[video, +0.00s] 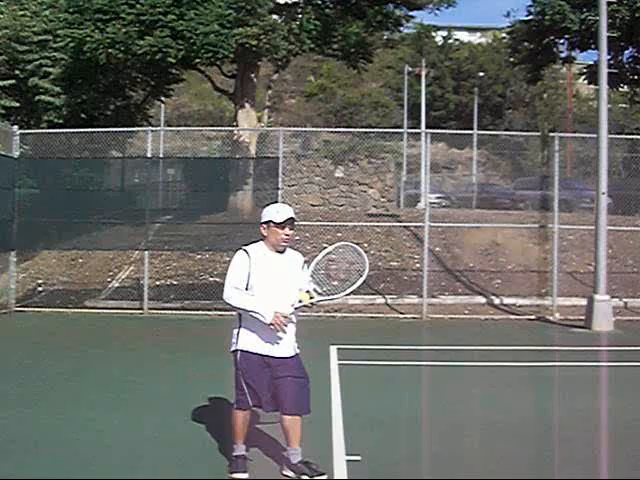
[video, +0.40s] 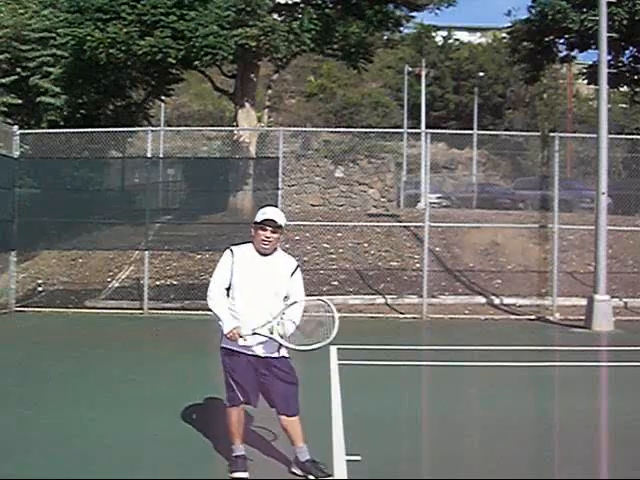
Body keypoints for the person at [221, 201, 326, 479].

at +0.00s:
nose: (289, 232)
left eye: (291, 226)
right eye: (282, 226)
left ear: (294, 229)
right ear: (265, 229)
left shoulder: (296, 259)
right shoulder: (246, 256)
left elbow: (305, 291)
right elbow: (230, 294)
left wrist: (306, 296)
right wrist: (266, 313)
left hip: (285, 346)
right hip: (251, 345)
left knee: (293, 400)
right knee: (245, 402)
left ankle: (294, 460)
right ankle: (239, 455)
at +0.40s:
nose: (267, 235)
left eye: (274, 230)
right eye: (262, 229)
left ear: (281, 235)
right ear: (253, 230)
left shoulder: (289, 266)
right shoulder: (234, 256)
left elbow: (296, 305)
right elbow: (214, 293)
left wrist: (280, 329)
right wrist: (228, 323)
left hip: (273, 348)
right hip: (237, 346)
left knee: (288, 400)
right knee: (237, 400)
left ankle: (303, 458)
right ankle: (238, 455)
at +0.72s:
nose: (273, 235)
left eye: (281, 231)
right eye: (269, 228)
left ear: (290, 237)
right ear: (261, 229)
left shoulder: (294, 273)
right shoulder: (240, 254)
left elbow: (292, 320)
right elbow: (214, 286)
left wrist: (284, 361)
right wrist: (192, 315)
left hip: (275, 352)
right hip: (239, 346)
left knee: (292, 407)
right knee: (239, 400)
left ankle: (303, 458)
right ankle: (239, 454)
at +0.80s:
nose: (276, 233)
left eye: (284, 230)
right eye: (273, 227)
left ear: (293, 237)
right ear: (266, 229)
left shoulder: (298, 273)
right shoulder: (245, 253)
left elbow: (298, 321)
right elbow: (216, 283)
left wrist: (294, 360)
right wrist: (188, 309)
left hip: (278, 351)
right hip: (241, 345)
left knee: (295, 406)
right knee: (240, 400)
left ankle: (303, 459)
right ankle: (239, 455)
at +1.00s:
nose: (288, 231)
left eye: (295, 228)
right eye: (284, 225)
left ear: (303, 235)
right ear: (277, 227)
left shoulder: (310, 268)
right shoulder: (257, 254)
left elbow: (330, 304)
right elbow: (221, 272)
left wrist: (350, 332)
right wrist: (182, 283)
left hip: (292, 350)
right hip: (254, 344)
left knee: (305, 407)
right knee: (247, 402)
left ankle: (304, 461)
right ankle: (239, 455)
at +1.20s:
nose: (302, 231)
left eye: (309, 228)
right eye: (299, 225)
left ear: (318, 235)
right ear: (291, 229)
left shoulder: (329, 261)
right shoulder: (273, 259)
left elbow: (360, 261)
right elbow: (240, 270)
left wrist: (385, 246)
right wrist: (205, 258)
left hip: (314, 349)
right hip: (276, 348)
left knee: (320, 407)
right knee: (263, 405)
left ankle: (307, 459)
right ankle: (248, 451)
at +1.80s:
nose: (333, 233)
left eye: (339, 230)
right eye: (328, 227)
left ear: (345, 237)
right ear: (318, 232)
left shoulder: (357, 264)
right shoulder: (301, 258)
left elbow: (389, 253)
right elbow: (266, 243)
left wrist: (391, 219)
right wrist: (271, 211)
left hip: (344, 347)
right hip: (312, 346)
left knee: (345, 412)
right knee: (316, 415)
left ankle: (311, 457)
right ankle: (287, 449)